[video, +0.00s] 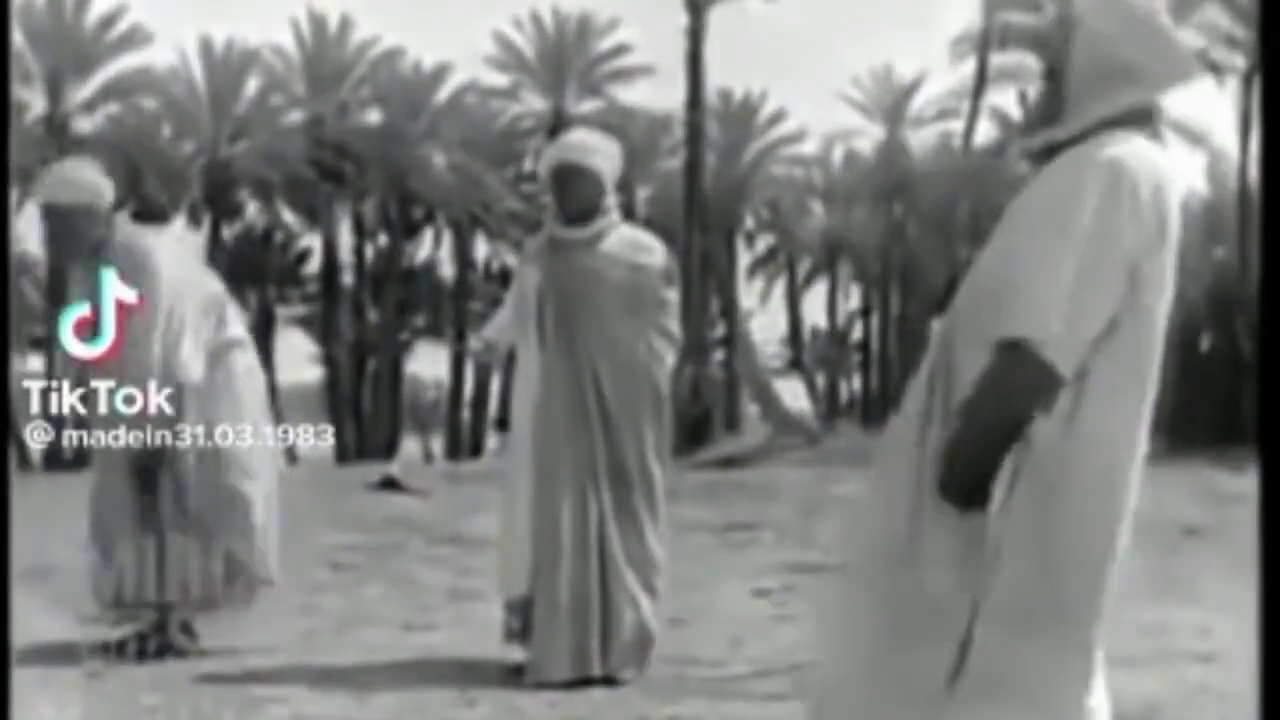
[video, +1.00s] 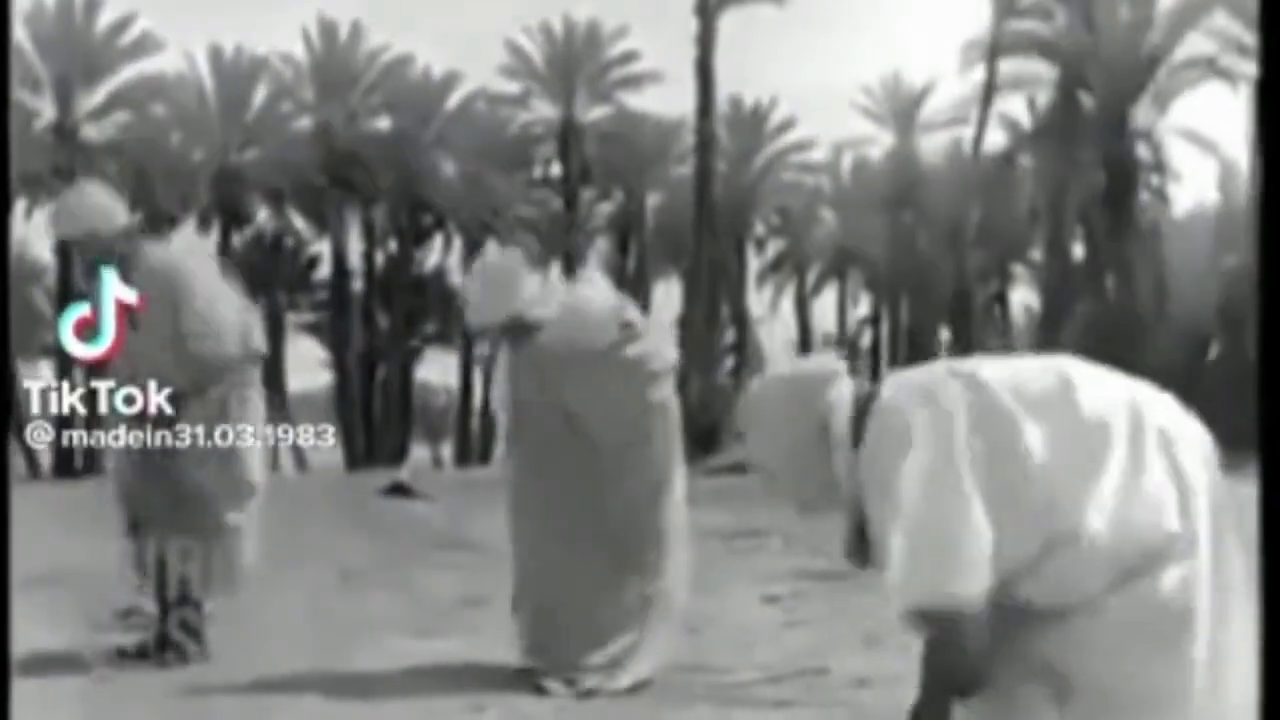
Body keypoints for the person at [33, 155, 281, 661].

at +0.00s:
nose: (56, 236)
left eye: (64, 223)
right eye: (52, 223)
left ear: (93, 219)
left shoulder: (157, 264)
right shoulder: (93, 260)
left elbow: (172, 359)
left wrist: (154, 435)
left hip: (211, 374)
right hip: (159, 372)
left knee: (175, 485)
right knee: (142, 478)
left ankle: (172, 617)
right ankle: (158, 612)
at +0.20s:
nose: (76, 176)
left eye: (87, 162)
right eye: (75, 162)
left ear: (120, 162)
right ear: (113, 165)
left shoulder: (173, 220)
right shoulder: (104, 229)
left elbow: (181, 317)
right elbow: (92, 310)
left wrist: (158, 385)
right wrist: (96, 369)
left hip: (183, 383)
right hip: (135, 381)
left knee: (177, 495)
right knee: (147, 494)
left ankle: (175, 616)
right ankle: (162, 610)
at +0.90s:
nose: (92, 200)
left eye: (99, 185)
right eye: (89, 187)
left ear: (128, 179)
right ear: (122, 183)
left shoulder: (191, 229)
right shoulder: (136, 235)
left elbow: (223, 325)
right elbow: (144, 320)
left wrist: (166, 369)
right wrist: (122, 362)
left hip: (207, 383)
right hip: (159, 383)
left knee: (188, 497)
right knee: (145, 495)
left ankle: (183, 626)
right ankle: (169, 616)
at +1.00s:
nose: (80, 261)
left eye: (82, 249)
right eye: (72, 252)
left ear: (105, 237)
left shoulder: (175, 266)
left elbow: (220, 349)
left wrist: (179, 396)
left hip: (202, 410)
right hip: (158, 408)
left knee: (184, 510)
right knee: (153, 511)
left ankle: (185, 623)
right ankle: (168, 620)